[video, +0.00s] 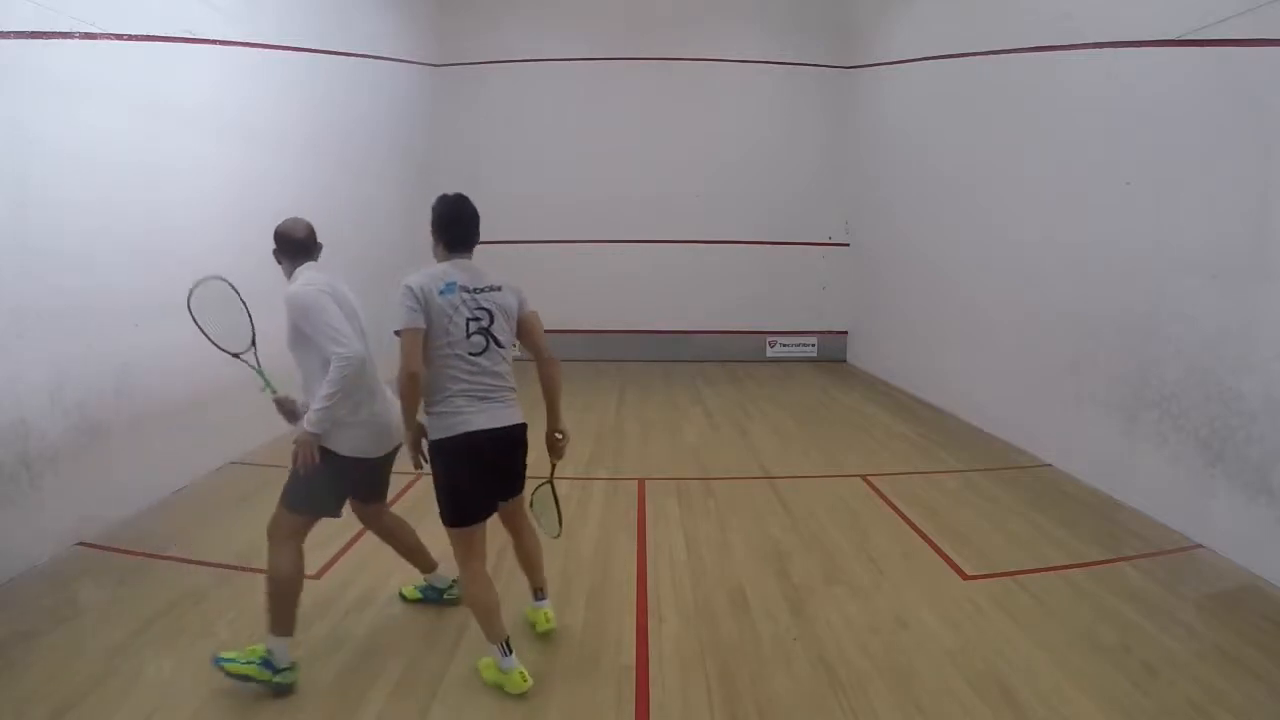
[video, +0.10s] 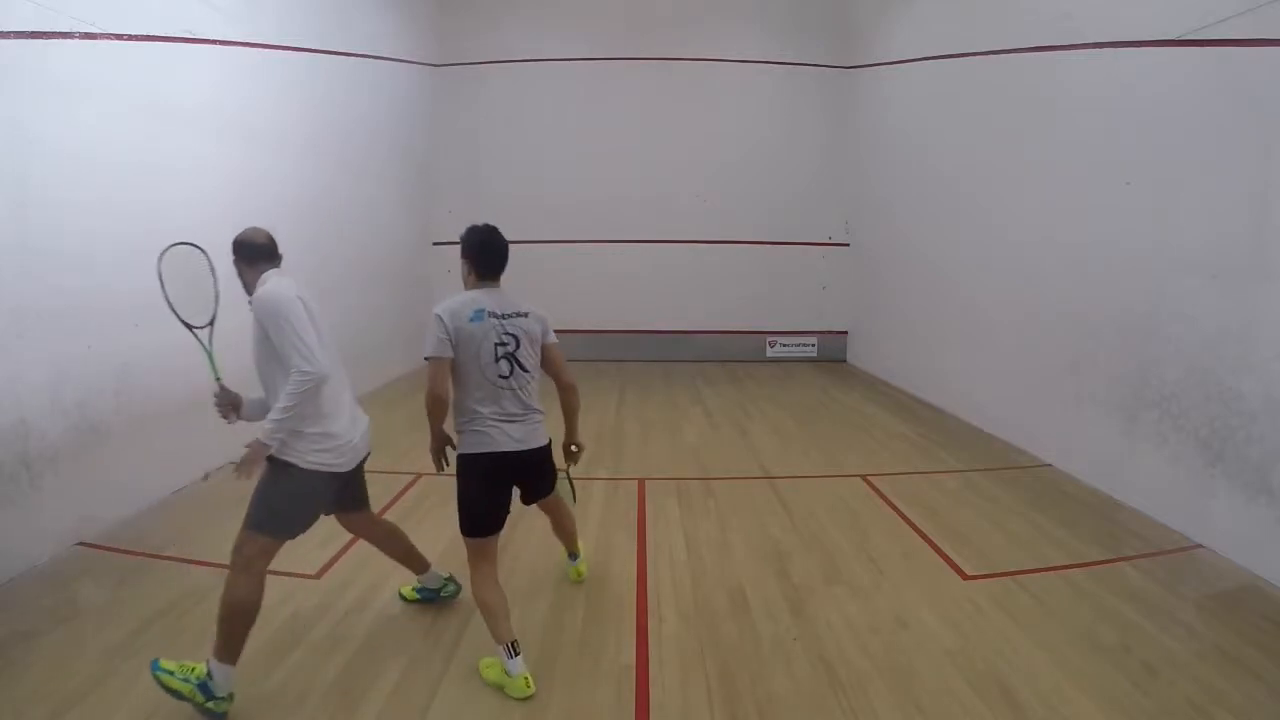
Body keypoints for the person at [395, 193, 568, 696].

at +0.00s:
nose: (431, 238)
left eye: (430, 231)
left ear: (433, 236)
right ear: (476, 236)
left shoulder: (418, 287)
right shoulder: (504, 290)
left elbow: (412, 370)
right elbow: (546, 359)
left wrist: (410, 425)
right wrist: (554, 424)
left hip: (456, 442)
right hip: (509, 433)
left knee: (471, 561)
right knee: (516, 512)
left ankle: (506, 659)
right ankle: (541, 603)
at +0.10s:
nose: (458, 264)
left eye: (460, 258)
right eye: (463, 257)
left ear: (466, 264)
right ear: (504, 265)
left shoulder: (447, 314)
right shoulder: (530, 317)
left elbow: (439, 390)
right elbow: (566, 382)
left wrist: (437, 432)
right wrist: (572, 432)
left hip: (481, 458)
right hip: (534, 449)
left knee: (483, 564)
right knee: (551, 500)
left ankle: (514, 667)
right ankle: (576, 558)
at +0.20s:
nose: (486, 274)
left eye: (487, 268)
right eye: (488, 267)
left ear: (496, 273)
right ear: (528, 275)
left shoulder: (482, 320)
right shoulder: (554, 321)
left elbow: (470, 389)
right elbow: (588, 383)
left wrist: (457, 431)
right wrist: (588, 427)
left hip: (507, 451)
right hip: (555, 442)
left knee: (498, 544)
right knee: (577, 493)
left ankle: (513, 647)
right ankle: (601, 541)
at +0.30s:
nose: (507, 278)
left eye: (509, 273)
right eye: (509, 271)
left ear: (519, 277)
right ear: (545, 279)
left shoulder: (506, 322)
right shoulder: (569, 321)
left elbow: (500, 387)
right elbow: (600, 377)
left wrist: (478, 426)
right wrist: (596, 417)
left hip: (527, 442)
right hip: (570, 432)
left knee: (509, 528)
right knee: (582, 475)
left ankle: (524, 599)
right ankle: (603, 537)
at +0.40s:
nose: (514, 266)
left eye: (515, 259)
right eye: (515, 259)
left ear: (524, 263)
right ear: (551, 265)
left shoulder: (516, 304)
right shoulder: (572, 304)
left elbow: (511, 368)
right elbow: (600, 358)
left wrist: (494, 409)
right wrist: (590, 395)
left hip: (531, 420)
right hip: (572, 414)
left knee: (505, 494)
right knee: (577, 467)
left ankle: (540, 563)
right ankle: (601, 535)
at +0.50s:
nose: (512, 250)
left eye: (513, 244)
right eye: (514, 244)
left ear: (520, 248)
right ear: (548, 249)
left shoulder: (515, 286)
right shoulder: (569, 289)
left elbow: (515, 346)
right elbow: (596, 343)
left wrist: (499, 390)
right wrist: (582, 379)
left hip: (527, 400)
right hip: (566, 396)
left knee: (495, 470)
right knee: (570, 452)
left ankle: (527, 542)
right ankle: (601, 517)